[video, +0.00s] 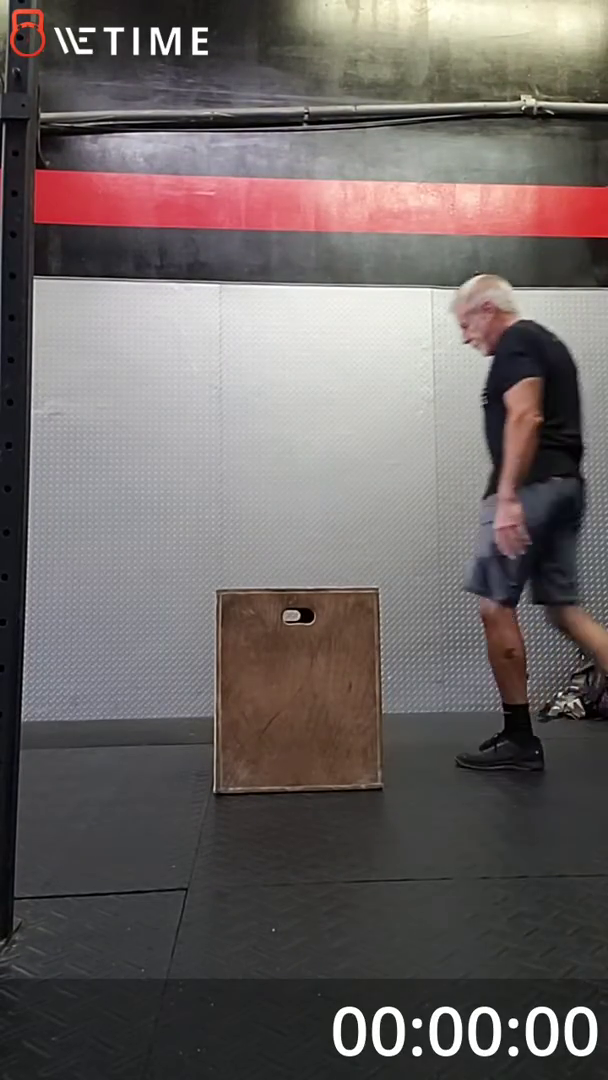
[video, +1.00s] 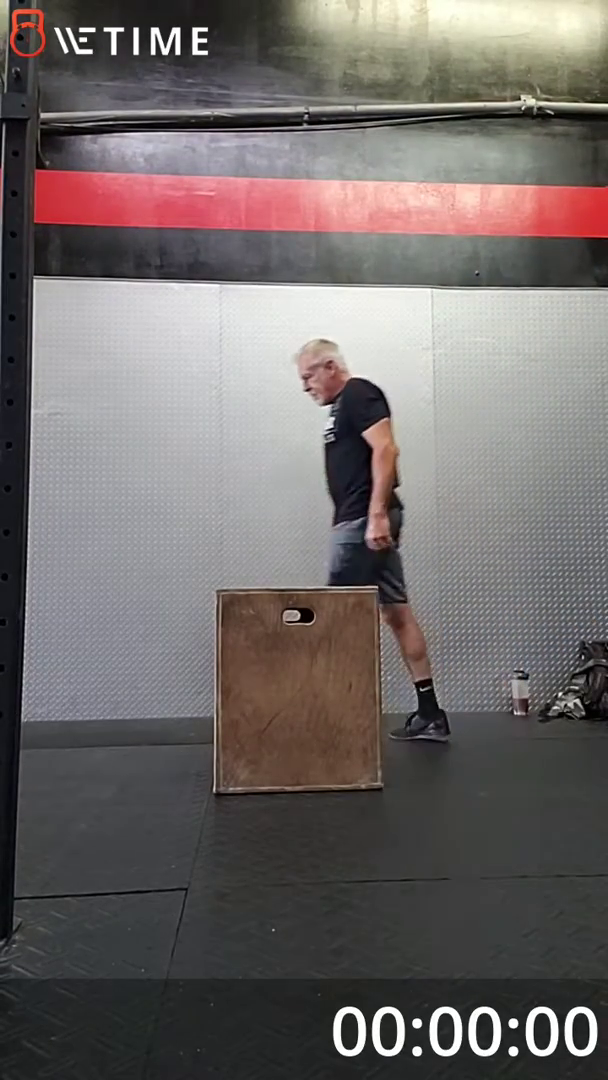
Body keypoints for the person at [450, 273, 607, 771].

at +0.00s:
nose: (466, 336)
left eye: (468, 325)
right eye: (462, 328)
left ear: (490, 311)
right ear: (499, 312)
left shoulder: (516, 342)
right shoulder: (549, 343)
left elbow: (526, 416)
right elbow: (562, 428)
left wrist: (507, 498)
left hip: (529, 491)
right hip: (562, 488)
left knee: (495, 608)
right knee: (564, 608)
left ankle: (519, 738)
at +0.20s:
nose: (427, 349)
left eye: (427, 338)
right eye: (423, 341)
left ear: (448, 323)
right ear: (452, 323)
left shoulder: (475, 350)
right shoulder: (504, 349)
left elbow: (483, 422)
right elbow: (526, 433)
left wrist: (453, 498)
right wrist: (527, 503)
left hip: (495, 492)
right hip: (518, 489)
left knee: (485, 610)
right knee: (498, 604)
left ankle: (519, 736)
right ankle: (549, 692)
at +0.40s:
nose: (390, 370)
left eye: (390, 360)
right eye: (386, 363)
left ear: (409, 344)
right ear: (411, 346)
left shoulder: (439, 368)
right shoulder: (462, 371)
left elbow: (442, 434)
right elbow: (485, 450)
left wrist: (399, 498)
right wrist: (488, 515)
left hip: (461, 501)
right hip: (476, 500)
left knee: (473, 610)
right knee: (454, 612)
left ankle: (520, 736)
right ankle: (444, 709)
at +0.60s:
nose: (362, 380)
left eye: (364, 369)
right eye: (359, 372)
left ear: (385, 357)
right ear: (386, 358)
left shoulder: (411, 383)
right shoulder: (421, 383)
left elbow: (421, 446)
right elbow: (432, 454)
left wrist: (389, 511)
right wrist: (405, 513)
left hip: (431, 509)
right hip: (437, 508)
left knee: (423, 614)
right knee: (425, 614)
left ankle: (499, 713)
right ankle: (433, 718)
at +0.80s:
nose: (335, 382)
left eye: (339, 373)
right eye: (332, 376)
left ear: (361, 362)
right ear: (358, 367)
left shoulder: (387, 388)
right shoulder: (381, 394)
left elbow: (412, 445)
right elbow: (400, 454)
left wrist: (399, 509)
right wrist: (382, 509)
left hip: (391, 513)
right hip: (411, 510)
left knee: (365, 608)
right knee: (412, 610)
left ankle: (420, 700)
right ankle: (430, 715)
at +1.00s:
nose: (306, 386)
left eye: (308, 377)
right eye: (303, 379)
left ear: (332, 367)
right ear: (325, 372)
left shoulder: (358, 393)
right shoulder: (344, 404)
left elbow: (386, 451)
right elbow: (361, 462)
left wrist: (378, 515)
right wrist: (346, 515)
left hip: (357, 524)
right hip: (370, 520)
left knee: (338, 624)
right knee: (399, 617)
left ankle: (336, 725)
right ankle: (429, 712)